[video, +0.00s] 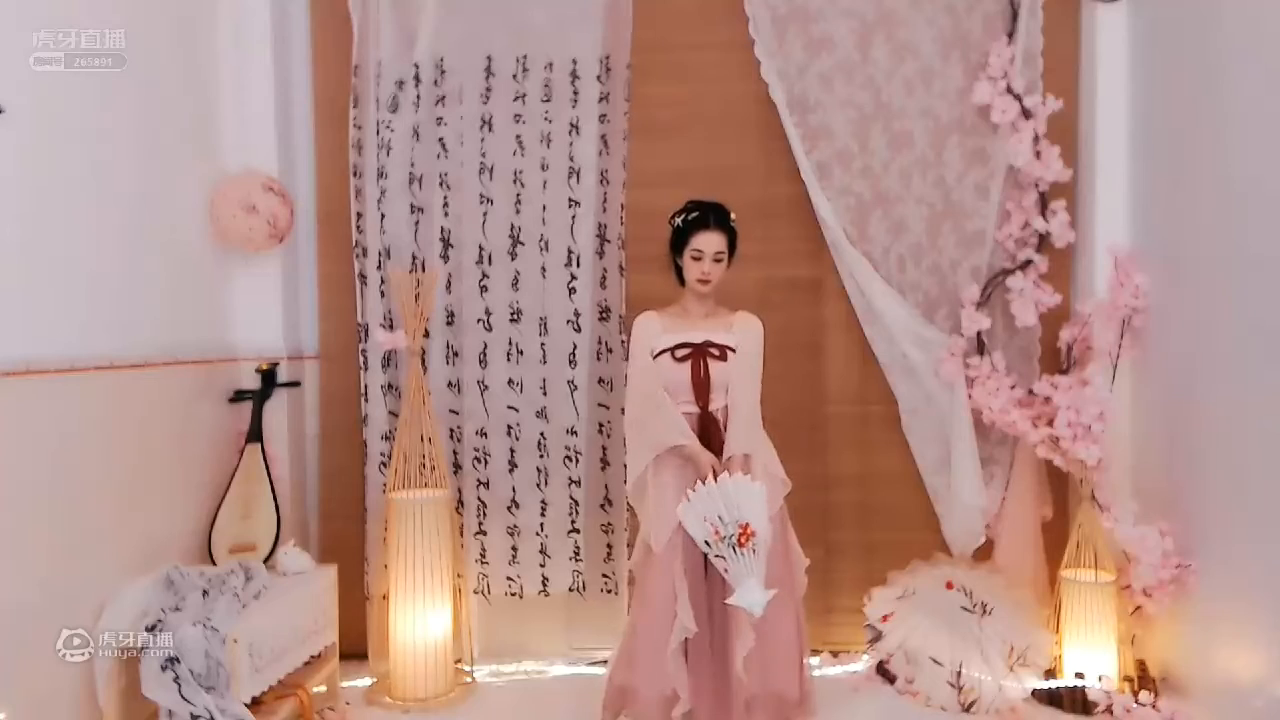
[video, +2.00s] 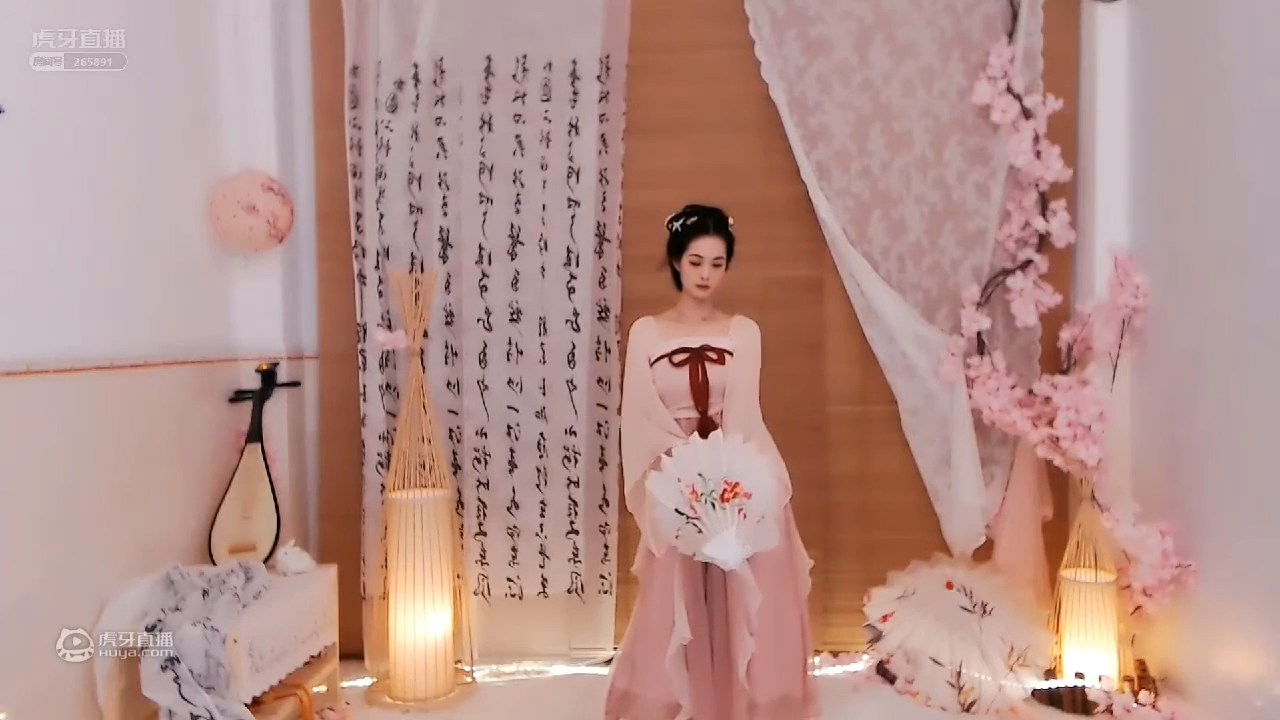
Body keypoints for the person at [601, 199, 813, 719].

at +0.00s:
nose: (707, 269)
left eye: (717, 259)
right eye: (697, 257)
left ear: (730, 263)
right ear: (678, 259)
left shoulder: (747, 327)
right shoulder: (650, 326)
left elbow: (748, 408)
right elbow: (648, 407)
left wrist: (743, 468)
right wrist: (695, 454)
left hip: (739, 464)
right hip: (674, 465)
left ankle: (745, 699)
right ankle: (674, 699)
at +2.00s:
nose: (707, 274)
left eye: (717, 263)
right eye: (697, 262)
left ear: (728, 268)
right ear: (676, 263)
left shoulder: (744, 331)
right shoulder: (647, 331)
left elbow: (746, 416)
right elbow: (642, 418)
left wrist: (750, 483)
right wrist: (683, 476)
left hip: (735, 475)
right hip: (670, 479)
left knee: (743, 598)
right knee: (678, 595)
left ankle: (745, 706)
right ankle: (680, 708)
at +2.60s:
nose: (709, 274)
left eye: (718, 262)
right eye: (698, 262)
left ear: (729, 267)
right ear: (677, 265)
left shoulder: (745, 332)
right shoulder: (648, 331)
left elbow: (755, 419)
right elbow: (638, 421)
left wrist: (750, 491)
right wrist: (652, 497)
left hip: (735, 484)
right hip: (671, 486)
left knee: (737, 605)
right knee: (674, 605)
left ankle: (739, 708)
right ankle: (677, 710)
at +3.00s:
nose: (709, 273)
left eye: (718, 261)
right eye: (698, 261)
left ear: (730, 265)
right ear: (678, 265)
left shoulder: (748, 334)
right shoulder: (650, 330)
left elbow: (757, 424)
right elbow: (636, 421)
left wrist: (753, 496)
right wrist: (647, 499)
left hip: (735, 488)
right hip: (670, 488)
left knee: (734, 609)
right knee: (674, 608)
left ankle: (735, 710)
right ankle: (675, 711)